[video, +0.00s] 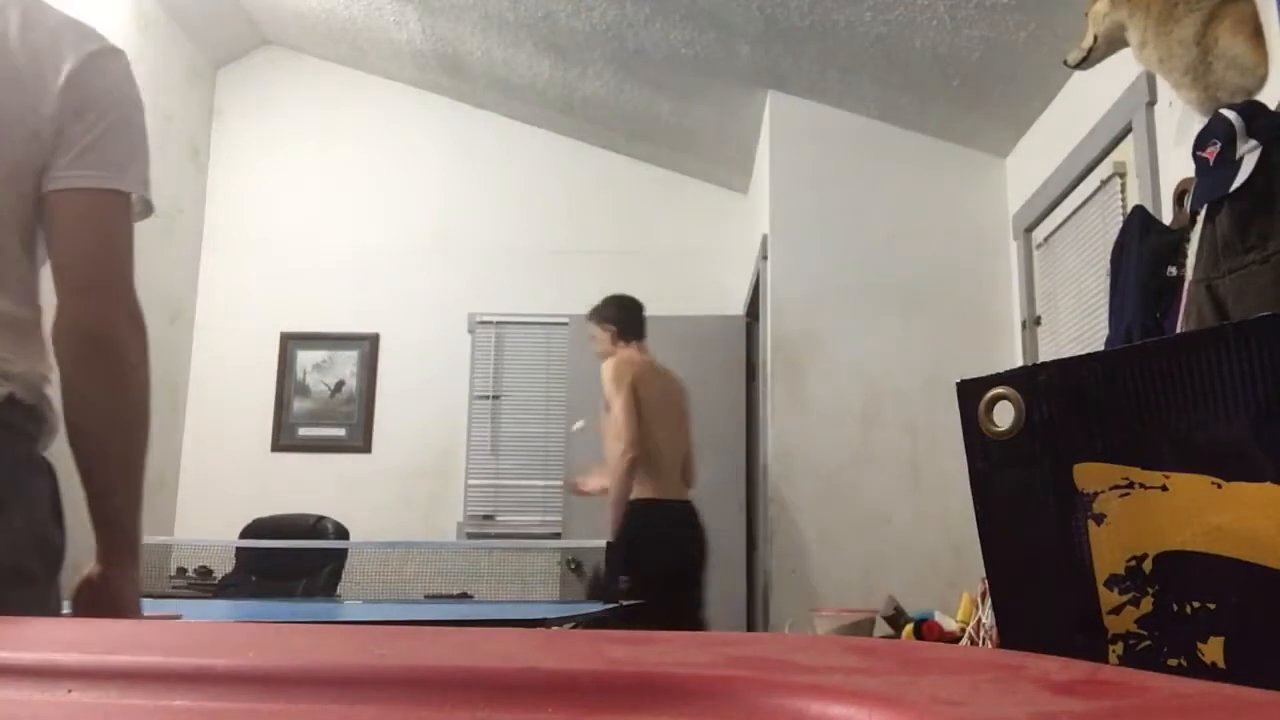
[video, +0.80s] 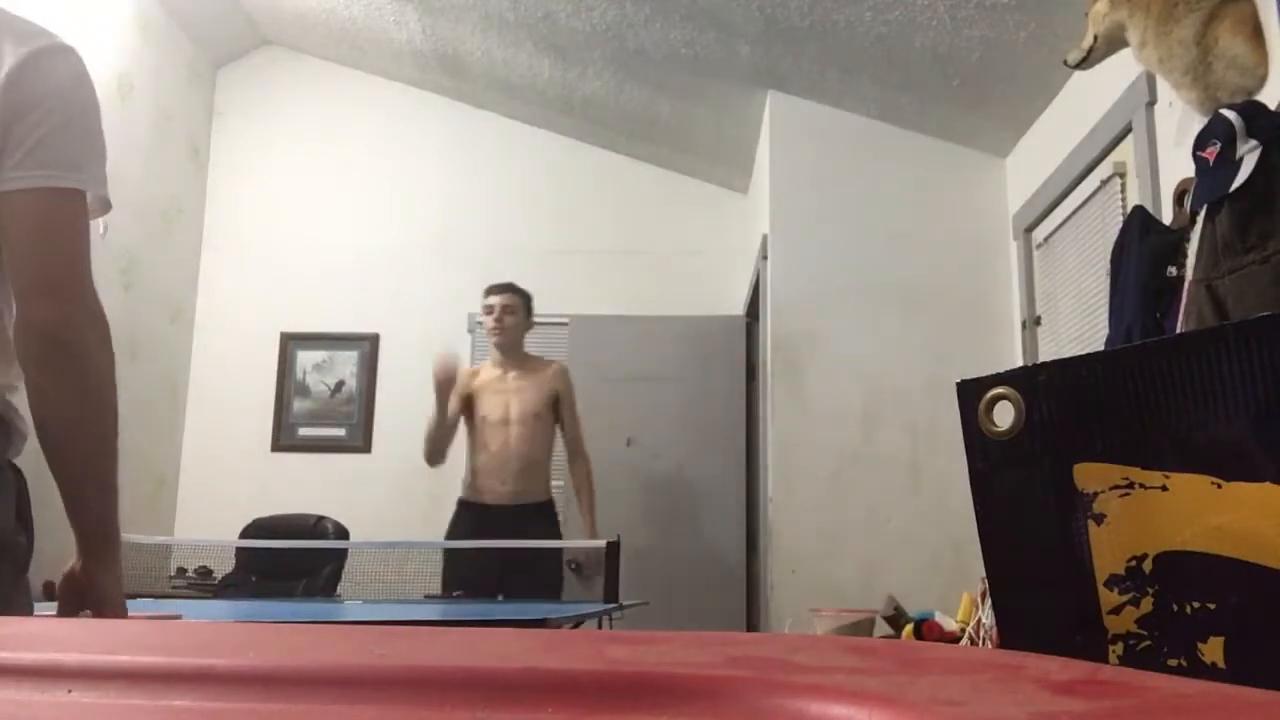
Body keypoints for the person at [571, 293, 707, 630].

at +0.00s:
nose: (594, 346)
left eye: (596, 336)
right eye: (593, 337)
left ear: (614, 332)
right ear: (635, 330)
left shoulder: (618, 366)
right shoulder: (671, 380)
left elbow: (628, 451)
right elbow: (685, 475)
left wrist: (614, 538)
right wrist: (605, 482)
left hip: (644, 523)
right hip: (683, 521)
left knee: (636, 637)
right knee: (684, 635)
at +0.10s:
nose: (570, 343)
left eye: (574, 333)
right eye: (569, 334)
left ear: (597, 331)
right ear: (599, 331)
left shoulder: (609, 364)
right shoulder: (646, 378)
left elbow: (628, 445)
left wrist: (592, 521)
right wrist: (573, 448)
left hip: (624, 518)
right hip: (652, 517)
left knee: (589, 634)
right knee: (640, 637)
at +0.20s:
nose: (558, 332)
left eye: (566, 322)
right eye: (558, 323)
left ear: (595, 324)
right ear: (592, 326)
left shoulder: (610, 363)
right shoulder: (598, 372)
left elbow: (631, 445)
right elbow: (577, 461)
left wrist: (577, 515)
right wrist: (546, 415)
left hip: (613, 519)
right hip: (600, 519)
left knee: (582, 636)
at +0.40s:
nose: (552, 318)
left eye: (563, 310)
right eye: (548, 311)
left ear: (591, 319)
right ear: (545, 319)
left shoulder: (609, 368)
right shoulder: (553, 382)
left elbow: (635, 451)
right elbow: (514, 456)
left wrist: (585, 515)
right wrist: (486, 430)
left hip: (594, 520)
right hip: (552, 519)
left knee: (587, 632)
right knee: (519, 620)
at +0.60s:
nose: (526, 318)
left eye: (538, 311)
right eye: (520, 310)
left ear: (560, 322)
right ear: (513, 319)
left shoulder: (581, 376)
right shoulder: (497, 382)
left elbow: (607, 454)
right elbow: (469, 460)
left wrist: (607, 524)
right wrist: (475, 490)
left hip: (558, 520)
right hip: (502, 521)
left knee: (559, 633)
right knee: (479, 630)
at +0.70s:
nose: (509, 319)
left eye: (521, 311)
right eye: (503, 311)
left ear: (542, 322)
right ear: (496, 320)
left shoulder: (565, 377)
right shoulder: (480, 380)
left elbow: (589, 455)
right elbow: (451, 453)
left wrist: (601, 532)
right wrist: (454, 463)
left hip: (545, 521)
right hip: (487, 519)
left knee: (541, 633)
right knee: (471, 629)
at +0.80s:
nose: (496, 318)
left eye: (508, 311)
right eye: (489, 311)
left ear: (528, 322)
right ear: (482, 320)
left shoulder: (552, 376)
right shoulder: (468, 379)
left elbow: (577, 457)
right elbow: (434, 456)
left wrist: (589, 536)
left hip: (534, 523)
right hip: (474, 521)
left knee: (531, 637)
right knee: (462, 635)